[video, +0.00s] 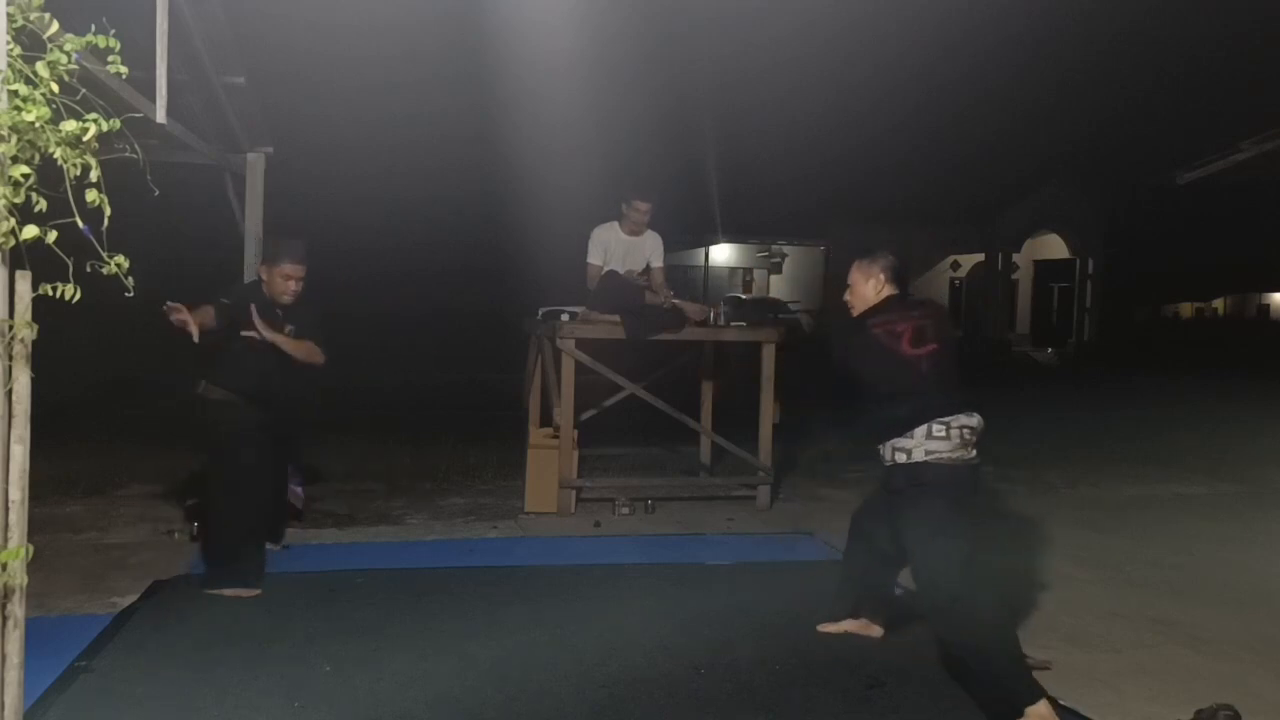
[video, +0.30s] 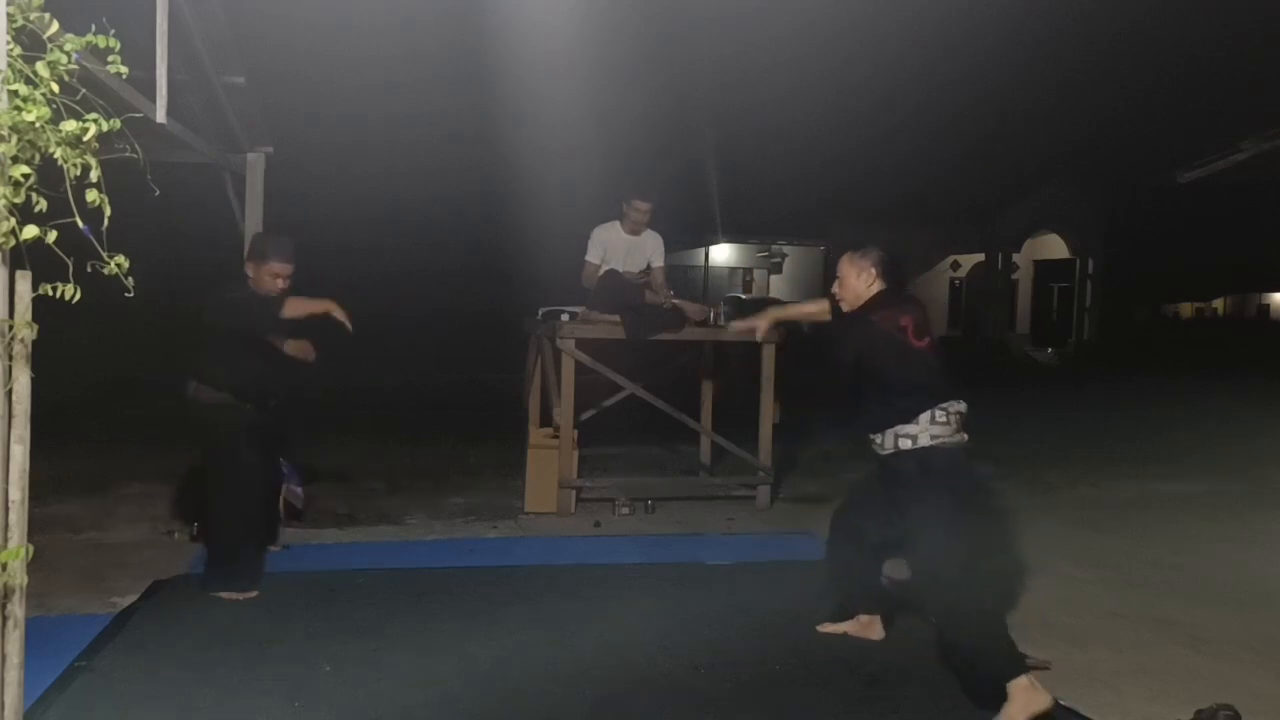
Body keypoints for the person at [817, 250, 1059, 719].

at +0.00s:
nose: (846, 295)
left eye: (852, 285)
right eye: (847, 285)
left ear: (878, 282)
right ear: (887, 282)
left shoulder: (864, 333)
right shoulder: (933, 318)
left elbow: (852, 409)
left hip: (923, 477)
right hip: (957, 472)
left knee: (954, 596)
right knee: (870, 524)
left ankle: (1030, 703)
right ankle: (867, 613)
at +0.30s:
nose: (835, 287)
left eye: (842, 277)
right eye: (836, 279)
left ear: (870, 278)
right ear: (874, 277)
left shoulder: (865, 324)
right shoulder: (901, 306)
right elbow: (831, 307)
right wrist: (773, 314)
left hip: (926, 469)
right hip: (925, 460)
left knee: (945, 581)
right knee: (852, 522)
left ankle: (1020, 687)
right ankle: (864, 614)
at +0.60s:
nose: (817, 288)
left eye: (822, 279)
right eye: (816, 279)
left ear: (851, 274)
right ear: (854, 273)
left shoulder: (846, 324)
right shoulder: (883, 300)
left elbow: (804, 377)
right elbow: (879, 271)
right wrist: (855, 240)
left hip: (906, 455)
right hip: (914, 445)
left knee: (854, 532)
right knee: (843, 520)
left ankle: (894, 626)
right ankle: (851, 612)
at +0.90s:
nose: (827, 286)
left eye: (832, 275)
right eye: (827, 276)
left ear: (862, 274)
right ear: (862, 273)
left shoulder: (866, 317)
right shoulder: (887, 304)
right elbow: (827, 316)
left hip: (908, 449)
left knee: (868, 529)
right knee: (851, 519)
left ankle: (890, 628)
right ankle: (852, 613)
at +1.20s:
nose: (835, 293)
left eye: (842, 282)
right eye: (833, 282)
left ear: (871, 278)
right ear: (873, 280)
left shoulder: (871, 328)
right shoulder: (904, 303)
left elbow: (838, 396)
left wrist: (810, 381)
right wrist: (831, 264)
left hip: (927, 454)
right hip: (957, 443)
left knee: (865, 528)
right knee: (918, 525)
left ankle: (883, 628)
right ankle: (961, 609)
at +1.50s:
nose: (869, 296)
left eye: (877, 287)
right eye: (868, 288)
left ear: (908, 289)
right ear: (907, 291)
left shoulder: (912, 335)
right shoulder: (916, 323)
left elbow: (863, 391)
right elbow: (851, 364)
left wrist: (824, 370)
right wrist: (843, 322)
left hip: (959, 454)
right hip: (983, 448)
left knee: (898, 518)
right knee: (980, 533)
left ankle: (886, 624)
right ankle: (1038, 614)